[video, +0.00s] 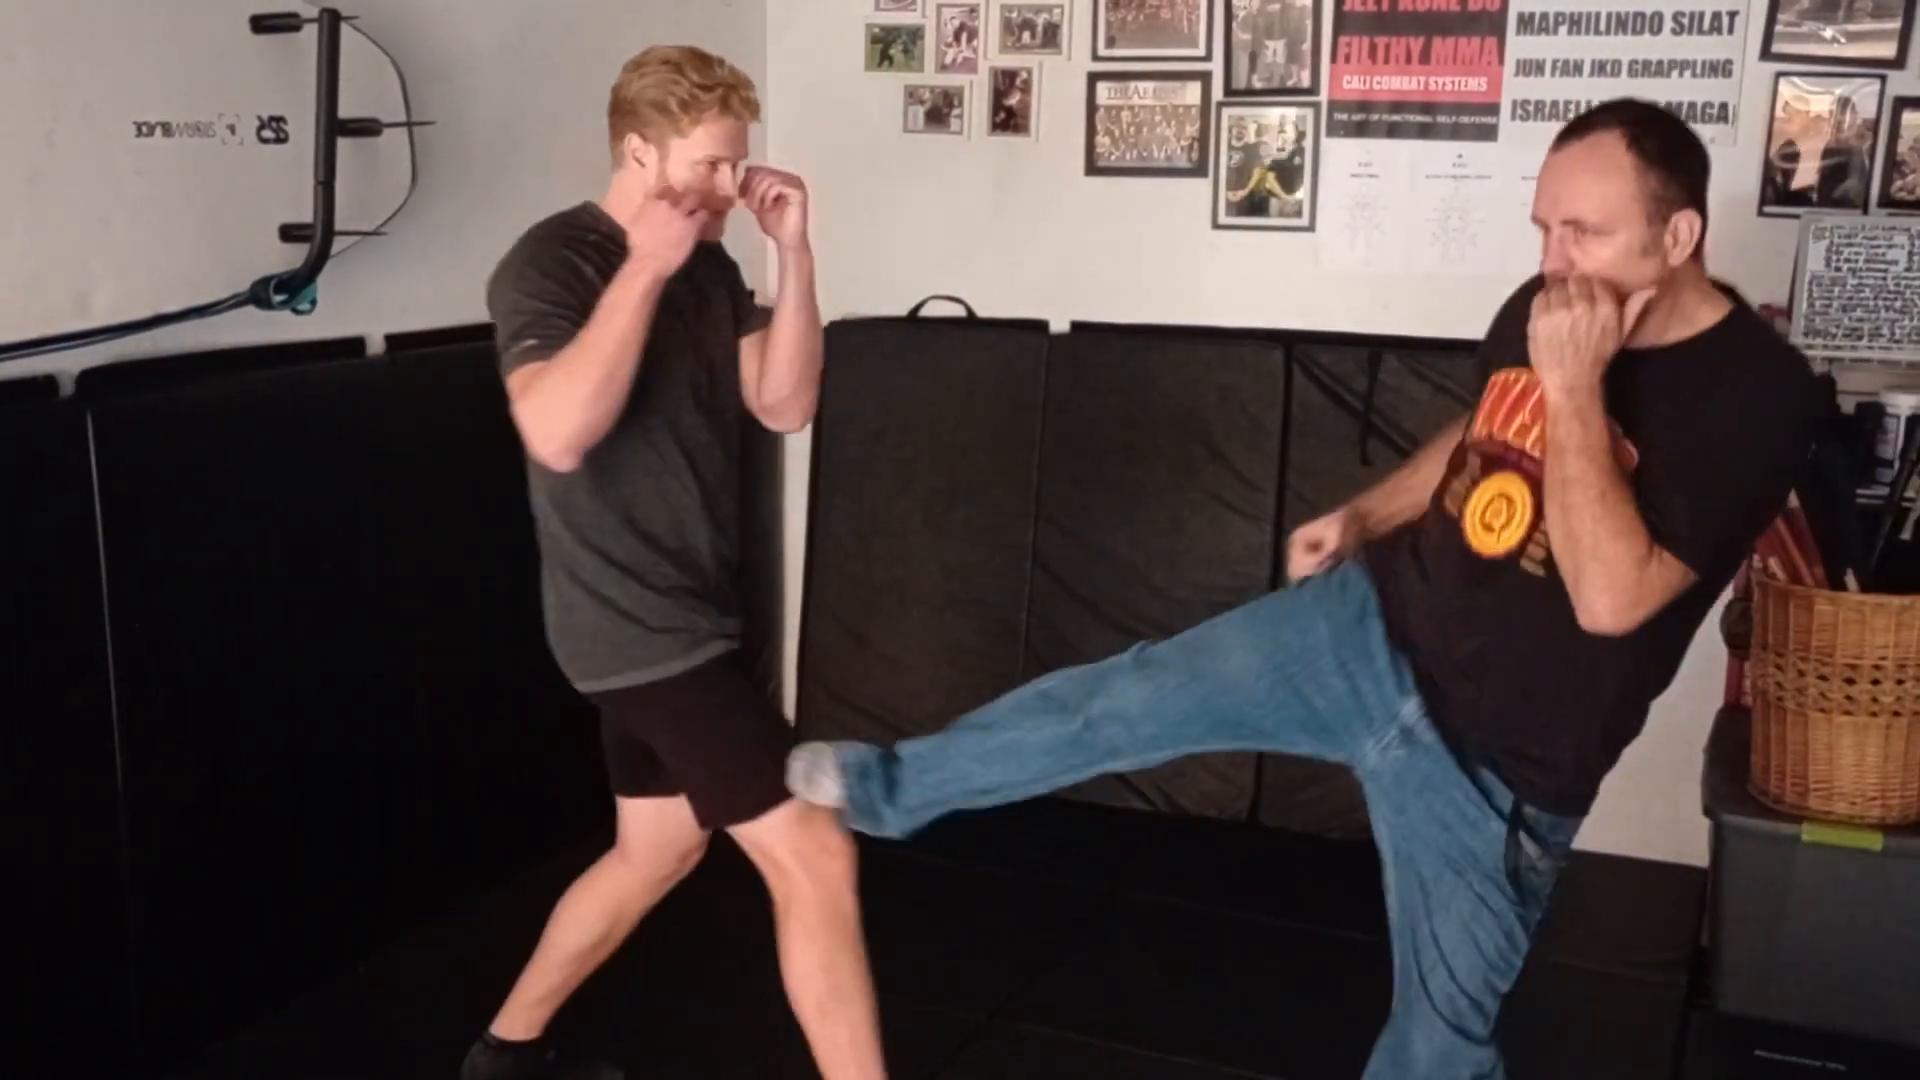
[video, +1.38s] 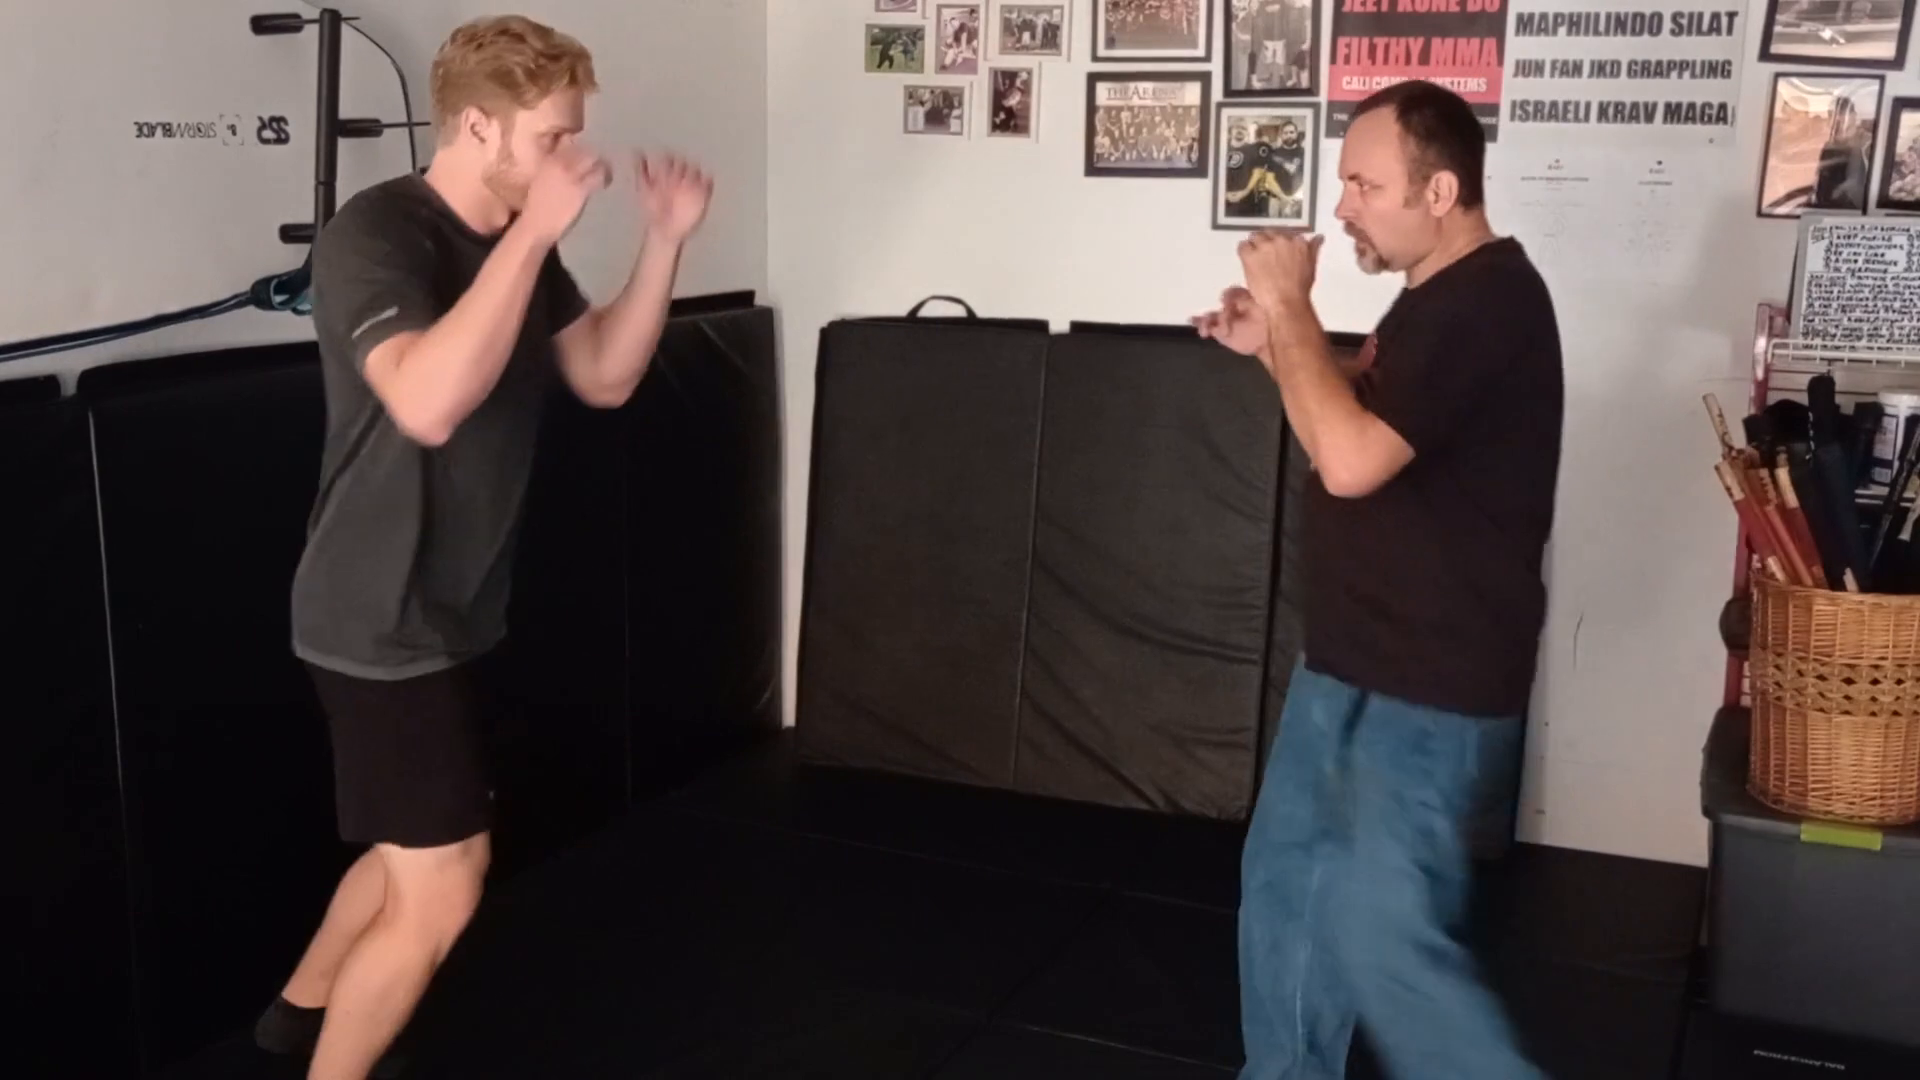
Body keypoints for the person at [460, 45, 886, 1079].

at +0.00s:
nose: (730, 185)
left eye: (737, 162)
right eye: (710, 163)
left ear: (737, 160)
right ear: (636, 152)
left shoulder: (705, 269)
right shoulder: (547, 267)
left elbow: (784, 404)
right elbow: (554, 431)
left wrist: (794, 251)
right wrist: (647, 266)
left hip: (697, 614)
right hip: (633, 630)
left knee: (654, 852)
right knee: (814, 857)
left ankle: (506, 1046)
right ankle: (860, 1079)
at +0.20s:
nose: (836, 188)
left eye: (840, 167)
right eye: (818, 167)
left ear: (766, 160)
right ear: (745, 155)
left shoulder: (769, 263)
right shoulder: (648, 265)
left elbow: (876, 391)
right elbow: (723, 425)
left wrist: (882, 248)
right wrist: (790, 256)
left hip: (725, 624)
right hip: (678, 638)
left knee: (679, 847)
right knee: (808, 894)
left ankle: (521, 1020)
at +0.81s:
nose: (739, 201)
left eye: (741, 175)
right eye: (722, 176)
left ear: (664, 170)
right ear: (642, 169)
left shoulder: (683, 276)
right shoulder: (545, 296)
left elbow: (745, 427)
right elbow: (595, 489)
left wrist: (806, 318)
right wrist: (704, 326)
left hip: (688, 642)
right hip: (623, 662)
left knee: (641, 876)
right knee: (773, 908)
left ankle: (461, 1055)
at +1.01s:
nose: (644, 189)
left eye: (648, 163)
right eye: (626, 165)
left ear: (588, 164)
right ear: (549, 160)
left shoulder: (606, 266)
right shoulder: (450, 275)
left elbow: (699, 391)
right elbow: (482, 457)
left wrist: (752, 250)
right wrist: (601, 317)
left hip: (592, 621)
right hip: (505, 640)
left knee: (583, 868)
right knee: (696, 847)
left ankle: (451, 1069)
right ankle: (714, 1076)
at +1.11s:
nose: (623, 142)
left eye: (627, 119)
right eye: (605, 119)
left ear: (577, 117)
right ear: (530, 110)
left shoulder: (582, 221)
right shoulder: (427, 218)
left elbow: (687, 332)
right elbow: (465, 391)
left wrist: (734, 191)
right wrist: (580, 240)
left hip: (549, 581)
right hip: (458, 592)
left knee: (525, 833)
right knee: (617, 829)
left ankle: (445, 1058)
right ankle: (542, 1071)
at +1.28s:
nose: (589, 134)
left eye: (592, 114)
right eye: (572, 112)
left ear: (510, 109)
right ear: (496, 105)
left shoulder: (531, 217)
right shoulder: (393, 204)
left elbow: (642, 324)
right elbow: (451, 359)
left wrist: (689, 184)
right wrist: (558, 187)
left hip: (491, 590)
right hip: (406, 603)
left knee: (491, 807)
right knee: (438, 882)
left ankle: (334, 1005)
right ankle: (335, 1070)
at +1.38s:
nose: (576, 157)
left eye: (579, 134)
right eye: (558, 135)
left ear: (494, 131)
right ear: (478, 130)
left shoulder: (511, 245)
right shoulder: (369, 235)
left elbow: (601, 374)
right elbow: (426, 403)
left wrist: (664, 241)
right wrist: (534, 231)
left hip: (454, 610)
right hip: (377, 621)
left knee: (414, 846)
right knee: (441, 894)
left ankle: (291, 1020)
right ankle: (330, 1079)